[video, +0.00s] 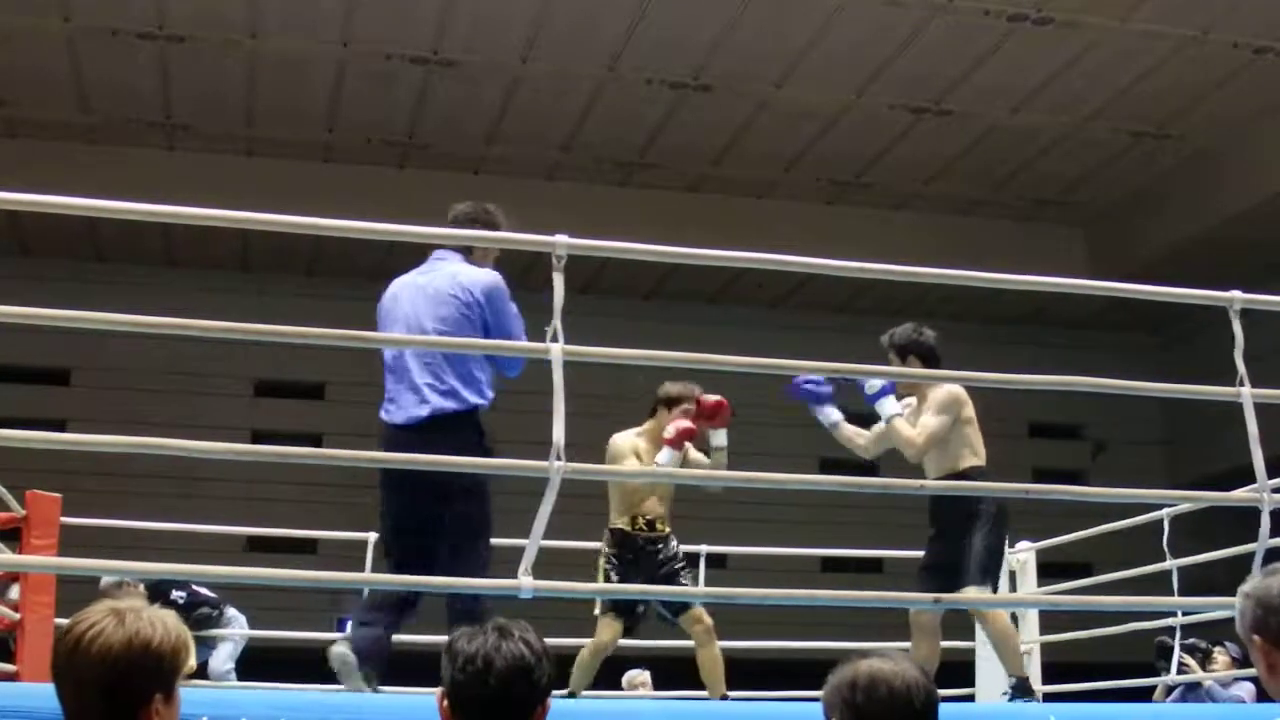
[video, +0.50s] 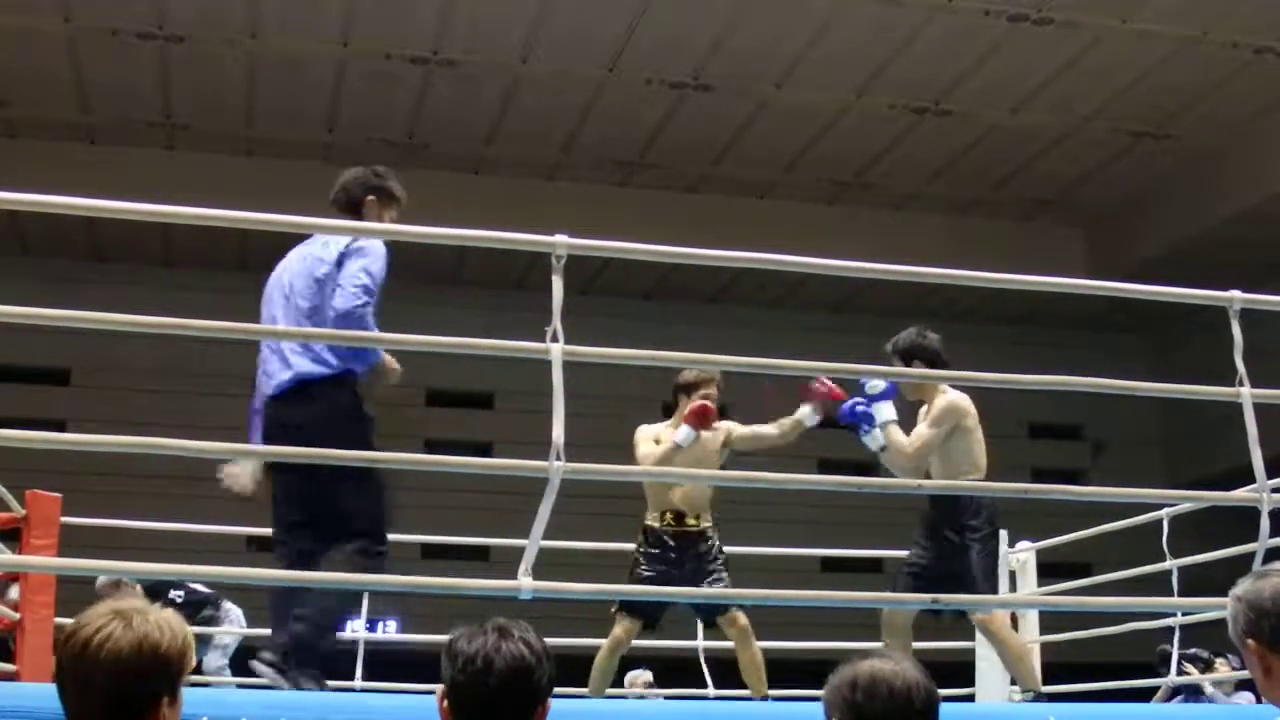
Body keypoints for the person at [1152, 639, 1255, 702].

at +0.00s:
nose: (1213, 656)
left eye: (1221, 653)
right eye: (1211, 653)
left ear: (1234, 663)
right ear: (1206, 659)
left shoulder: (1246, 687)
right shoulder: (1189, 688)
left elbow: (1234, 705)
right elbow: (1158, 710)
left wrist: (1199, 675)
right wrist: (1165, 678)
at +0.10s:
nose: (1213, 657)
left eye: (1220, 655)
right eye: (1211, 654)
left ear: (1234, 665)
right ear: (1206, 660)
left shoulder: (1245, 687)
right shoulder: (1187, 689)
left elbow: (1234, 705)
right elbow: (1156, 711)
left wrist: (1200, 675)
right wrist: (1165, 680)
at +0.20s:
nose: (1213, 660)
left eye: (1221, 657)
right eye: (1211, 657)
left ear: (1233, 667)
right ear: (1206, 663)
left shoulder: (1244, 689)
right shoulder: (1187, 690)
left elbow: (1232, 705)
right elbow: (1156, 711)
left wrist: (1200, 676)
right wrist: (1165, 683)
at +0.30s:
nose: (1213, 662)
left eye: (1220, 659)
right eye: (1211, 658)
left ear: (1232, 668)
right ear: (1206, 664)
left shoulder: (1244, 691)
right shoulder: (1186, 693)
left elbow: (1234, 707)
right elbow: (1154, 711)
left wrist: (1201, 679)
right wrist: (1166, 683)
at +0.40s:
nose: (1215, 665)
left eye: (1221, 662)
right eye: (1212, 662)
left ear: (1233, 670)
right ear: (1206, 669)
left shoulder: (1245, 694)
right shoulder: (1189, 695)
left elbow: (1234, 708)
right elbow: (1155, 708)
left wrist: (1201, 681)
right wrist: (1166, 685)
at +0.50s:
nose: (1215, 667)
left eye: (1221, 664)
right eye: (1213, 664)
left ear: (1234, 672)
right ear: (1207, 669)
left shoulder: (1245, 696)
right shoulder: (1186, 698)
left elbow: (1234, 710)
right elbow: (1152, 712)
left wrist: (1203, 683)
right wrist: (1167, 687)